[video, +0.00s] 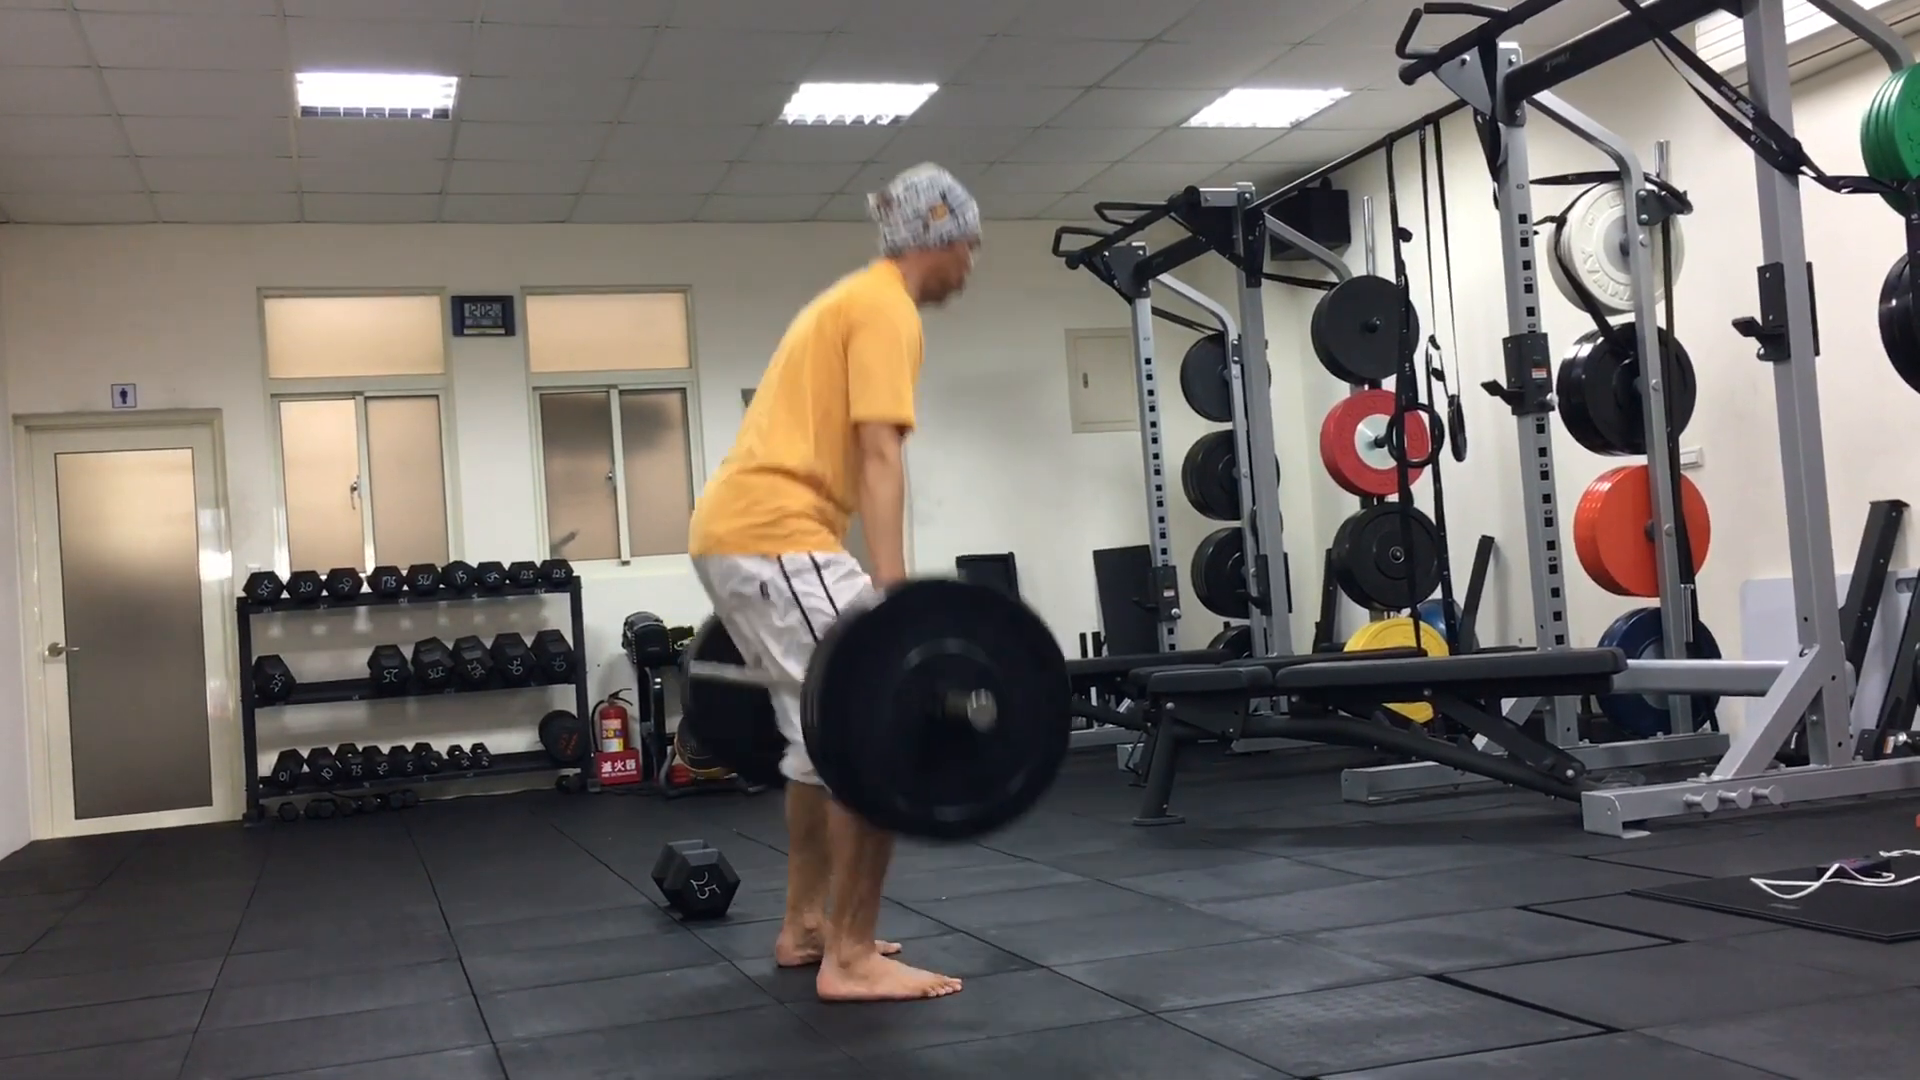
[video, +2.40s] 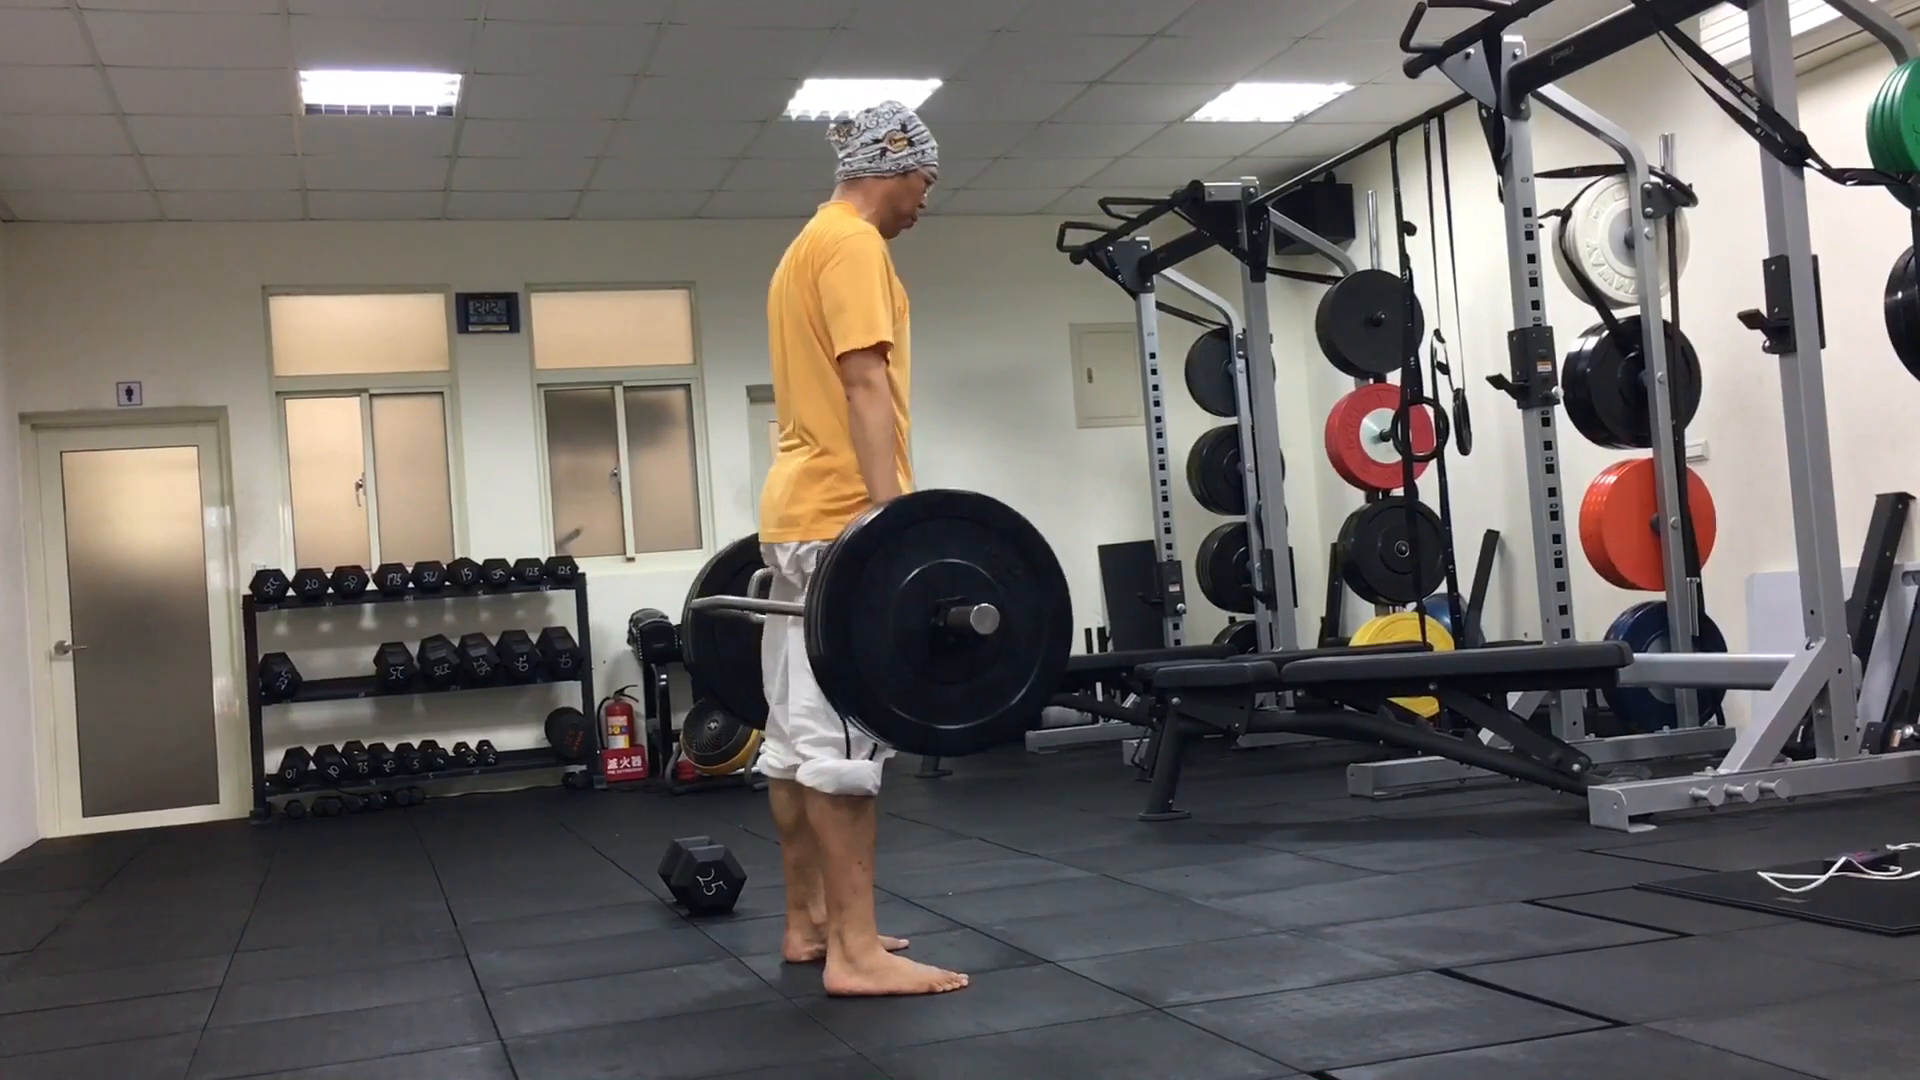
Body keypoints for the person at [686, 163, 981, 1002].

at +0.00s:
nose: (970, 269)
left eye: (972, 252)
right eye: (969, 250)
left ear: (906, 235)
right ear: (941, 240)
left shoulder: (846, 301)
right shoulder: (882, 306)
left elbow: (837, 457)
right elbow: (878, 455)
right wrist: (896, 598)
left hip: (735, 532)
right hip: (779, 533)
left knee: (818, 724)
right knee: (873, 718)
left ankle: (806, 922)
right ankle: (852, 954)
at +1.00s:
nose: (982, 369)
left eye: (988, 354)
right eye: (982, 350)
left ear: (924, 332)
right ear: (947, 333)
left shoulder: (858, 381)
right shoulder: (888, 388)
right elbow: (894, 545)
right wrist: (916, 688)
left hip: (724, 593)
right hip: (760, 592)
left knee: (867, 742)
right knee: (904, 738)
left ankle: (814, 935)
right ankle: (860, 965)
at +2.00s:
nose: (969, 258)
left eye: (975, 243)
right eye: (971, 239)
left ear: (913, 222)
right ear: (938, 223)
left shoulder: (850, 282)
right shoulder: (887, 281)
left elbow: (809, 432)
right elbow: (882, 420)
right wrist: (900, 558)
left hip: (758, 527)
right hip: (805, 526)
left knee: (817, 730)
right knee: (866, 726)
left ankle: (814, 922)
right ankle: (859, 951)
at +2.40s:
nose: (927, 201)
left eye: (929, 186)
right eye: (925, 183)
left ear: (860, 171)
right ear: (893, 171)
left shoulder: (807, 248)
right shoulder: (849, 244)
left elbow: (804, 405)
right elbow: (863, 384)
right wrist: (896, 519)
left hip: (794, 521)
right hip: (842, 520)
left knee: (798, 731)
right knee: (843, 734)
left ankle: (809, 923)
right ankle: (857, 951)